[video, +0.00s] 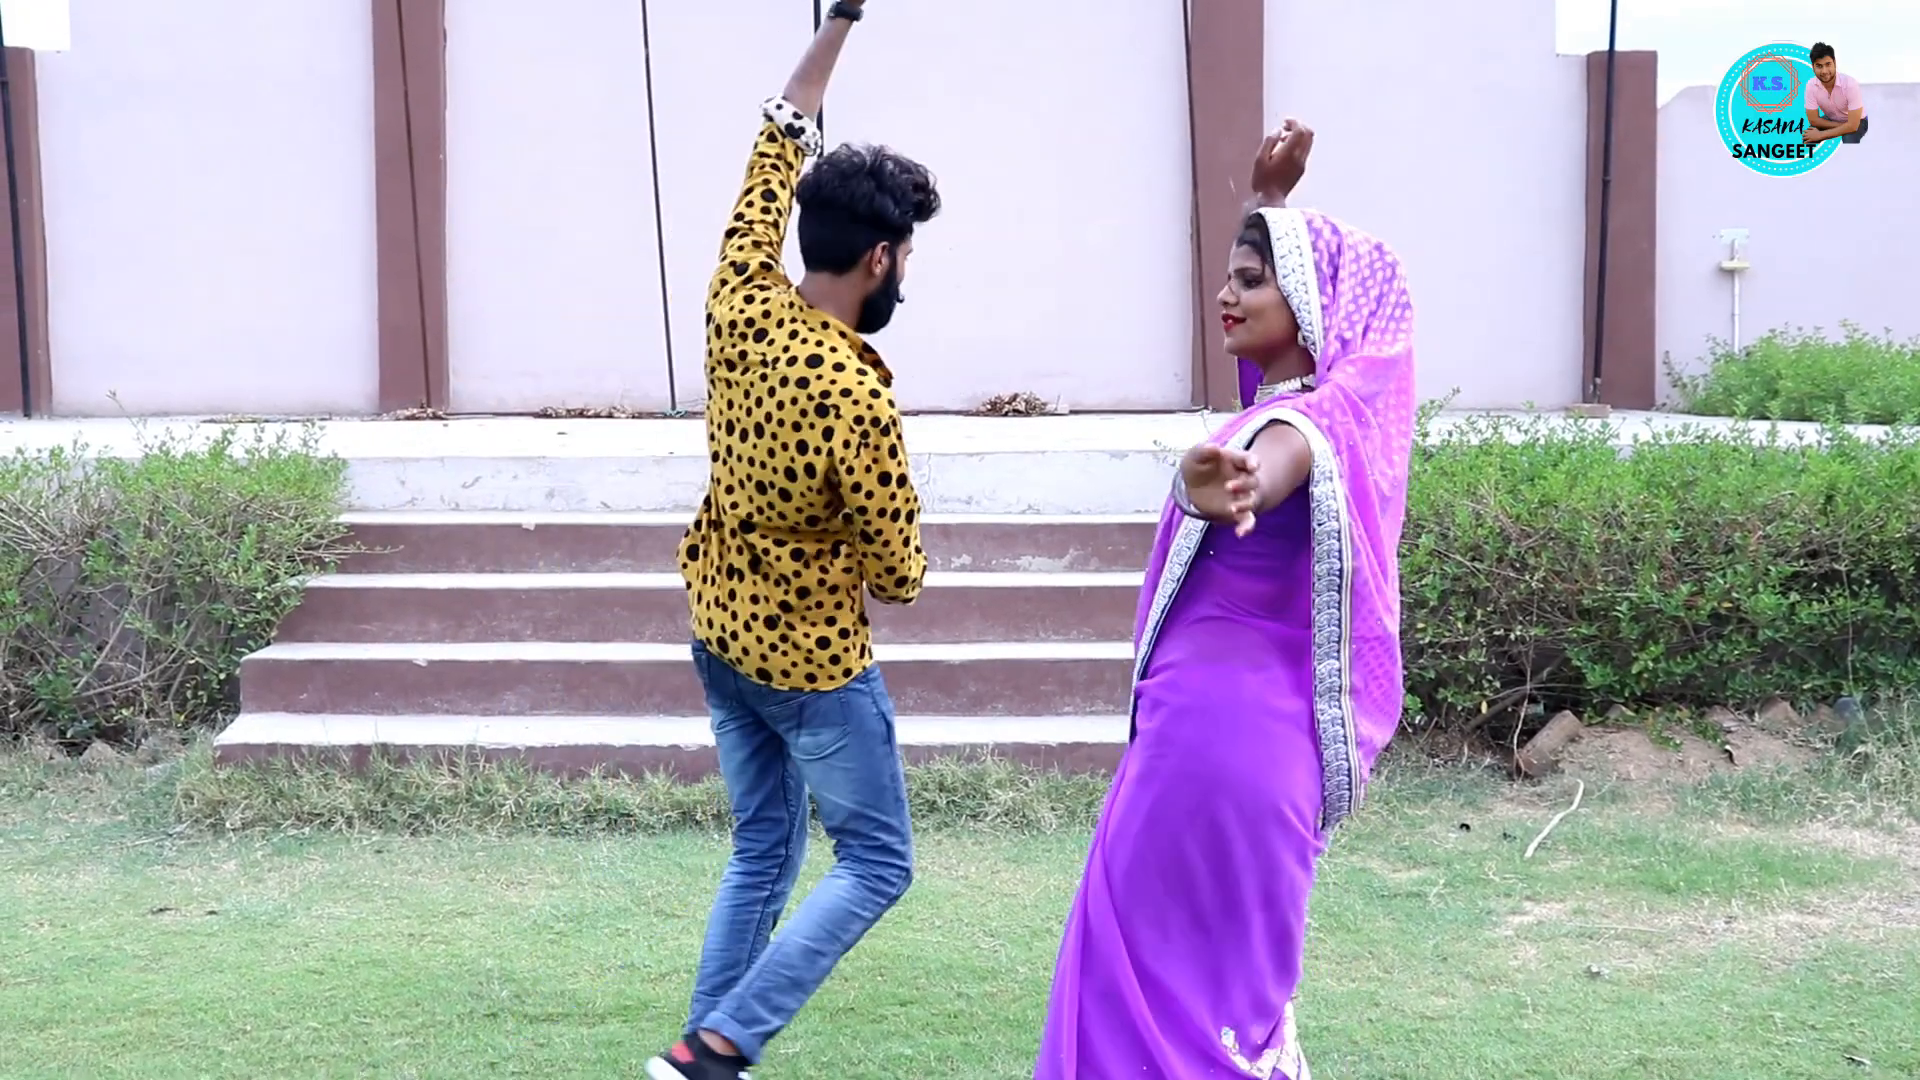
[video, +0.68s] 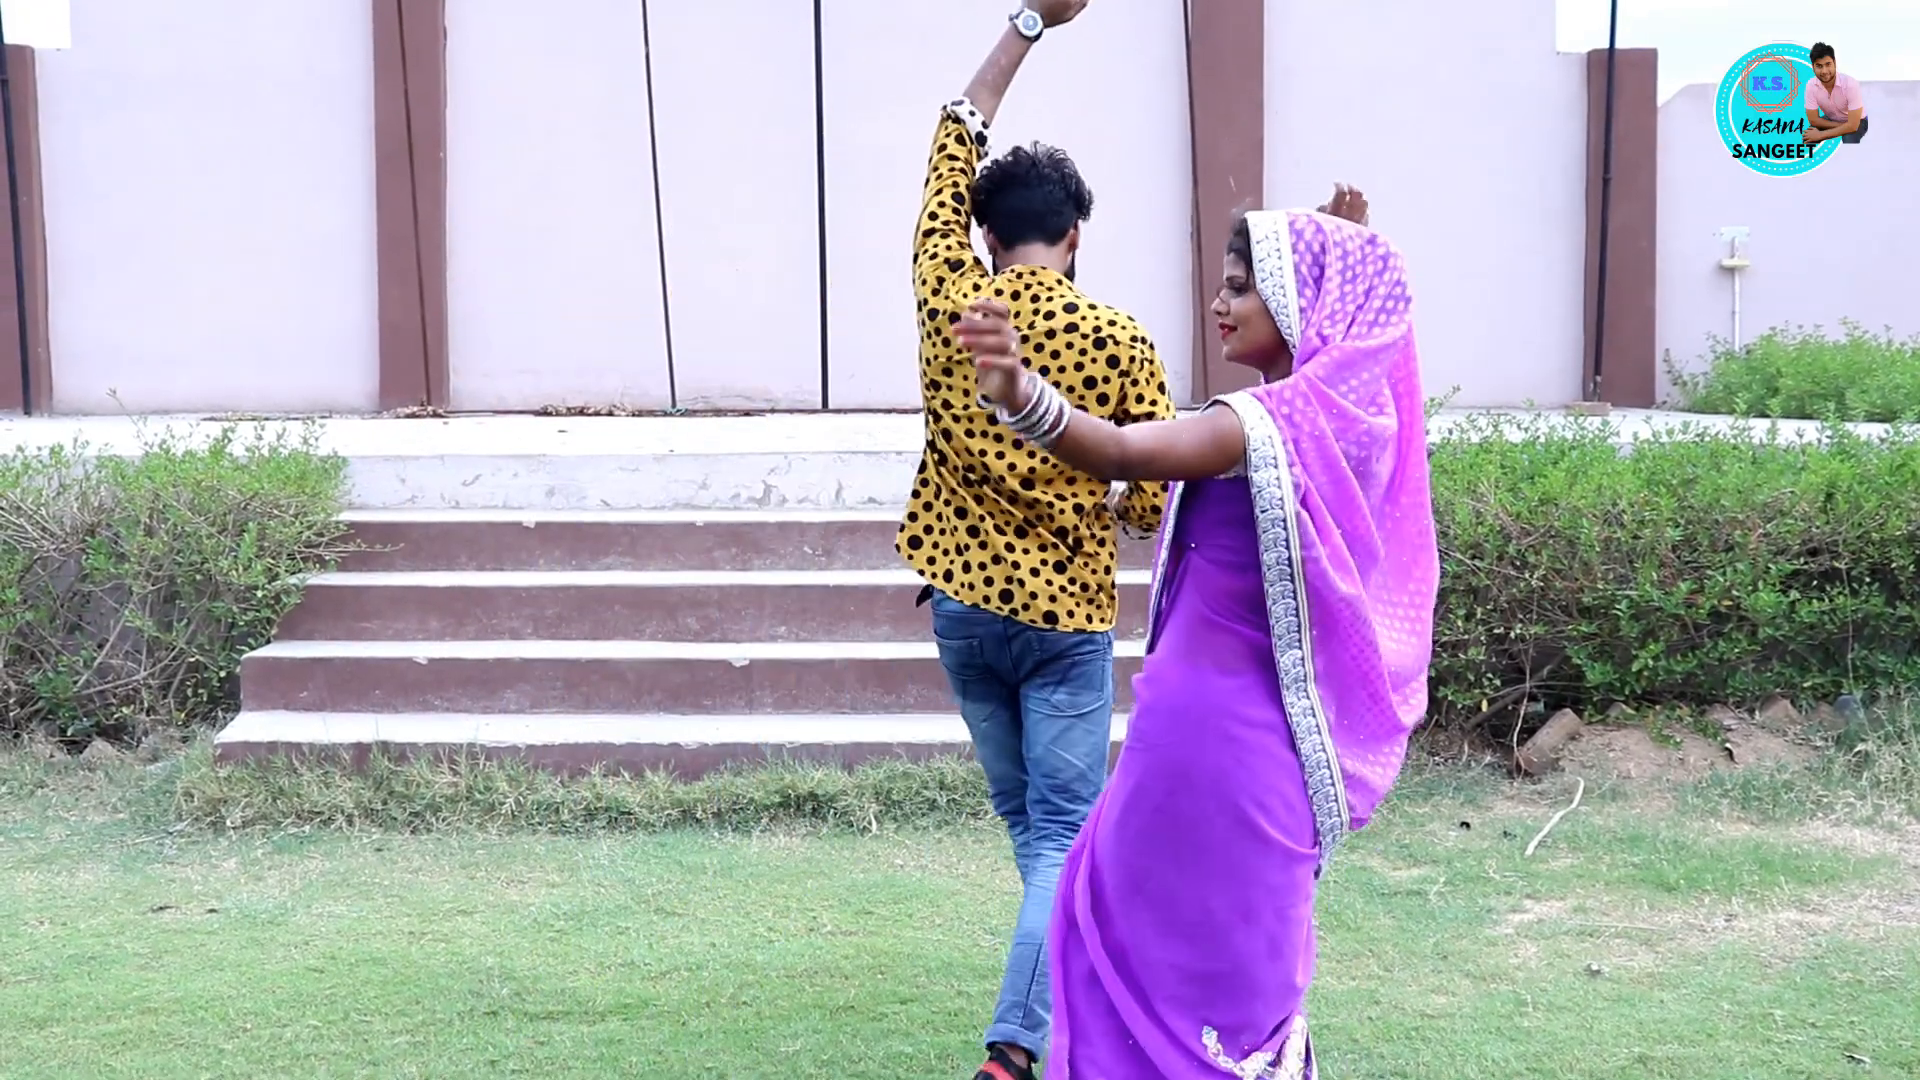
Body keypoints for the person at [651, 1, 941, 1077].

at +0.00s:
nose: (912, 259)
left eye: (909, 241)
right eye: (909, 244)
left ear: (813, 236)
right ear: (879, 256)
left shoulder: (742, 301)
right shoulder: (857, 396)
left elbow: (775, 161)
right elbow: (896, 573)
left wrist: (832, 34)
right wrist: (874, 559)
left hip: (716, 622)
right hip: (809, 651)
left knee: (763, 846)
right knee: (876, 864)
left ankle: (703, 1052)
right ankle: (723, 1044)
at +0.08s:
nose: (934, 247)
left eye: (933, 228)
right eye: (933, 229)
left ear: (840, 213)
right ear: (906, 237)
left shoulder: (769, 280)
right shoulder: (882, 370)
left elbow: (819, 127)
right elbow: (918, 557)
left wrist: (880, 8)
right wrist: (919, 566)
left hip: (747, 615)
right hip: (842, 639)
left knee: (764, 845)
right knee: (920, 842)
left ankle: (707, 1061)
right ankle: (847, 1056)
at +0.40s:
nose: (1032, 268)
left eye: (1029, 250)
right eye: (1034, 252)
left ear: (937, 237)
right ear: (1015, 254)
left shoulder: (875, 314)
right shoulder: (1006, 367)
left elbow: (931, 159)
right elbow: (1035, 523)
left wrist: (1003, 40)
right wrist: (1062, 591)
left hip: (906, 640)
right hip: (1008, 655)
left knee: (937, 838)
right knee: (1055, 865)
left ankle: (810, 1009)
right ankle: (1011, 1066)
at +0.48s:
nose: (1046, 261)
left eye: (1036, 244)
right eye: (1049, 247)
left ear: (954, 236)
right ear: (1039, 247)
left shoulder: (898, 308)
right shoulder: (1039, 358)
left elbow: (938, 152)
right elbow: (1088, 529)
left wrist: (1013, 36)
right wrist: (1084, 555)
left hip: (927, 619)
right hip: (1027, 635)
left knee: (969, 821)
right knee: (1052, 862)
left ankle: (892, 1009)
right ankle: (1011, 1065)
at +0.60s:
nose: (1072, 230)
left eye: (1059, 214)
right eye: (1069, 215)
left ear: (976, 224)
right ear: (1060, 228)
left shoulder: (930, 294)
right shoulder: (1094, 338)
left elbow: (949, 141)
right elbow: (1137, 500)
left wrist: (1023, 25)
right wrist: (1104, 518)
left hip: (946, 600)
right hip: (1050, 607)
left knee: (1003, 813)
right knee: (1050, 830)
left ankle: (1040, 1025)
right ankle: (1007, 1051)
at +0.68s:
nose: (1080, 235)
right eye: (1080, 221)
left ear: (985, 227)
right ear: (1076, 230)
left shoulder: (948, 294)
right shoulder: (1115, 340)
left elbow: (956, 143)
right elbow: (1154, 493)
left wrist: (1029, 25)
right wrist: (1134, 503)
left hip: (958, 598)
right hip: (1064, 607)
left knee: (1026, 821)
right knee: (1062, 829)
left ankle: (1097, 1022)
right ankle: (1015, 1040)